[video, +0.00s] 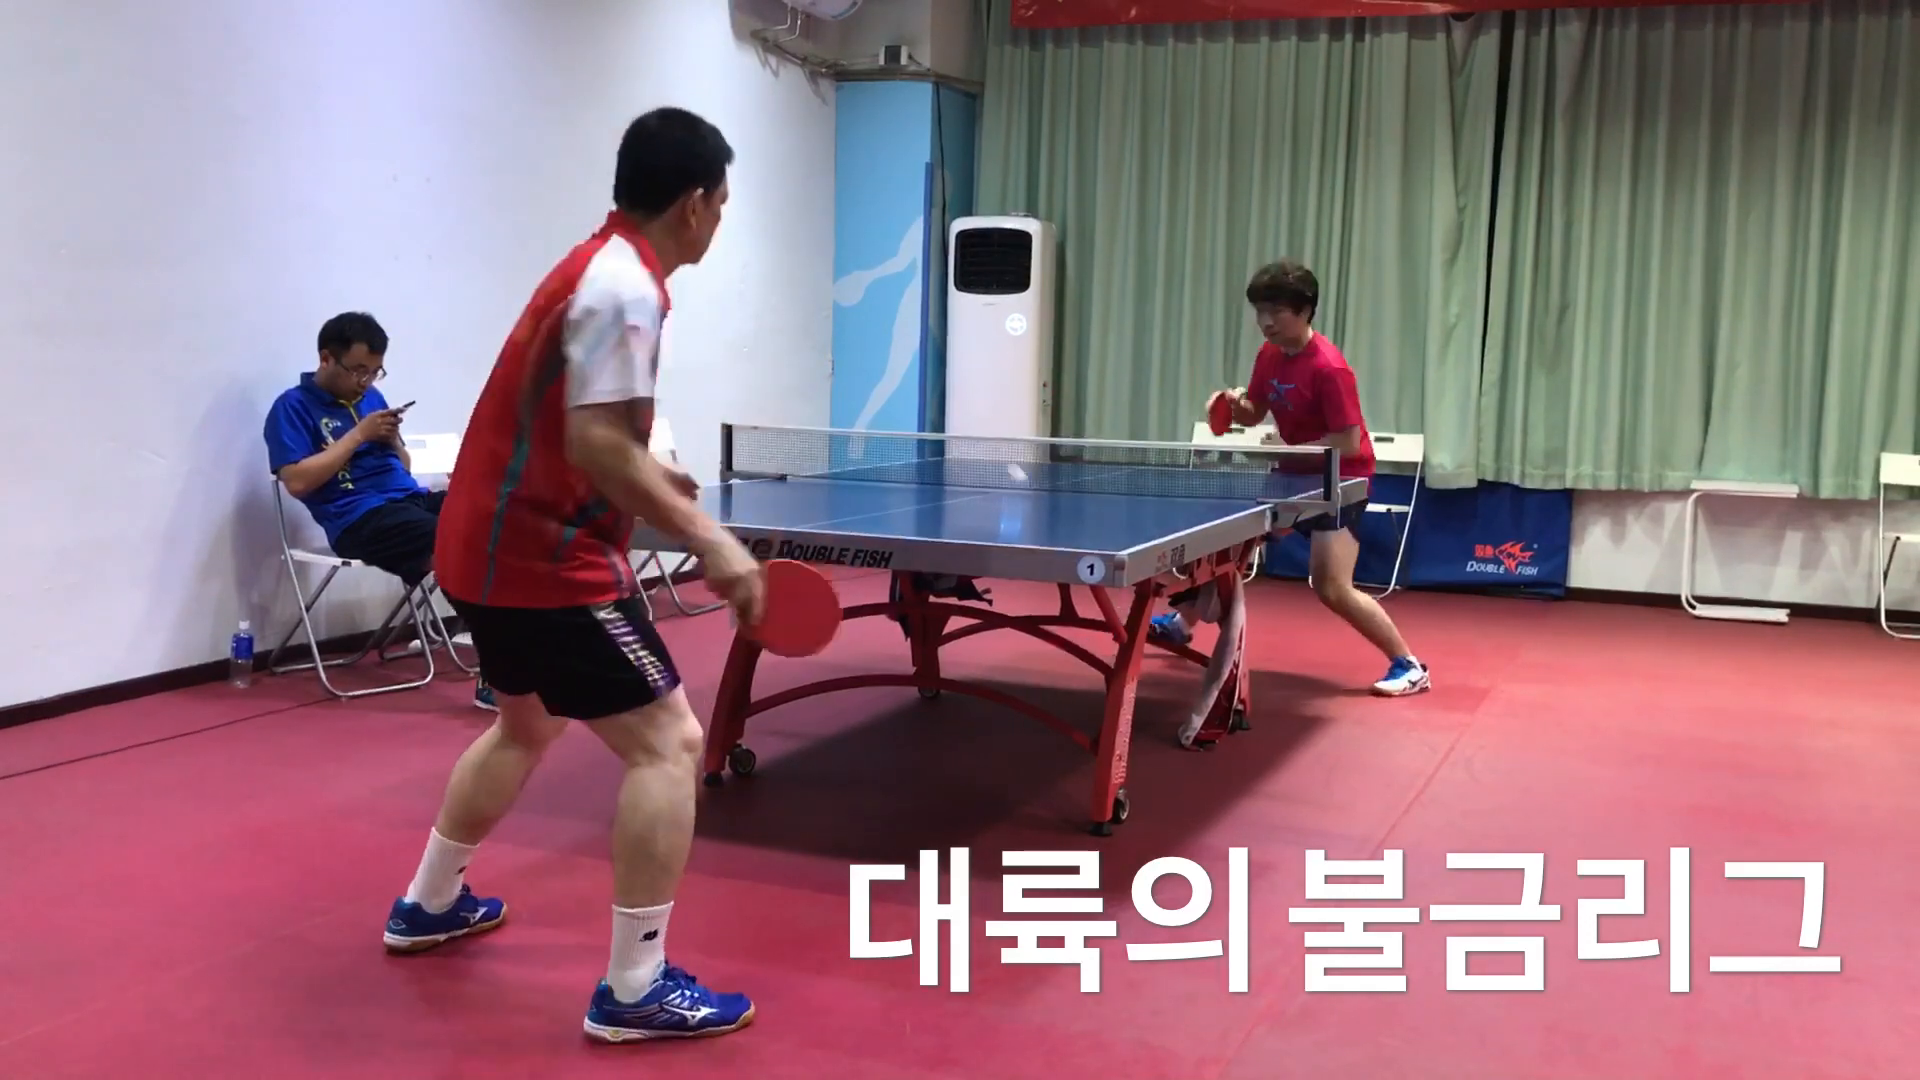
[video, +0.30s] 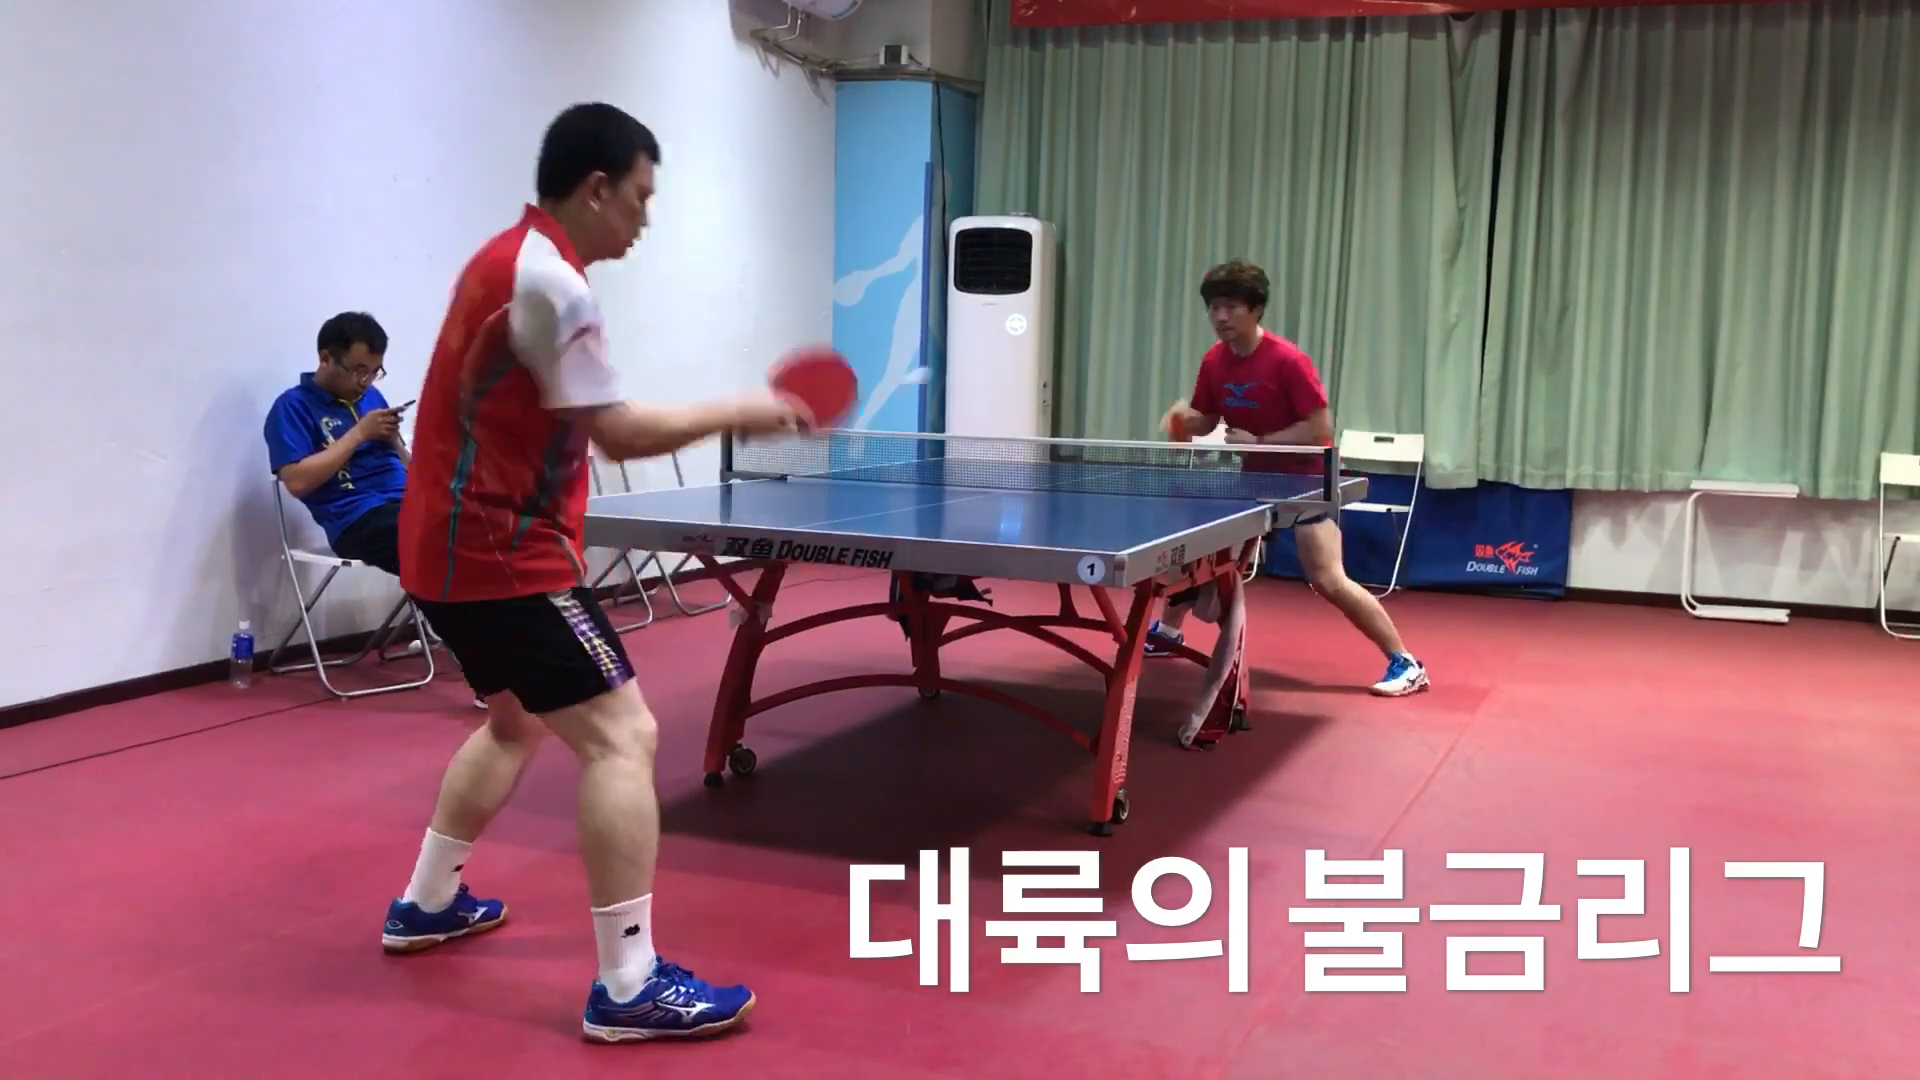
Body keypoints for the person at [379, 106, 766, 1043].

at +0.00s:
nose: (720, 218)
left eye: (723, 201)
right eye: (720, 200)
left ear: (638, 192)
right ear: (692, 202)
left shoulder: (597, 265)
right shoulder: (623, 285)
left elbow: (569, 421)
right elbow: (602, 448)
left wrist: (645, 462)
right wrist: (717, 547)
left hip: (487, 551)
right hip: (542, 565)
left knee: (523, 726)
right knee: (668, 743)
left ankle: (428, 901)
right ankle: (635, 986)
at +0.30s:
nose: (646, 218)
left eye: (649, 199)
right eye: (639, 196)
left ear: (573, 189)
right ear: (589, 186)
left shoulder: (506, 259)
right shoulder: (548, 280)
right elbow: (616, 433)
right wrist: (740, 412)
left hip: (448, 552)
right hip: (503, 557)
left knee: (515, 724)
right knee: (622, 735)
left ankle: (427, 900)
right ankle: (629, 984)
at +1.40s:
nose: (612, 187)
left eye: (610, 171)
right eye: (611, 171)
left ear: (516, 170)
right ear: (590, 173)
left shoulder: (450, 256)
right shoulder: (601, 263)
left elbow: (433, 388)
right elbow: (691, 398)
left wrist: (573, 420)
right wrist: (713, 357)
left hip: (422, 537)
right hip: (530, 541)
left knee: (443, 707)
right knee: (631, 733)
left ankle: (405, 901)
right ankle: (606, 975)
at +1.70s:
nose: (659, 197)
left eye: (656, 179)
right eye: (659, 179)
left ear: (567, 174)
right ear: (639, 182)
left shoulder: (511, 255)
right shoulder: (605, 271)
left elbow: (523, 410)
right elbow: (658, 440)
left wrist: (631, 459)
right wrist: (745, 481)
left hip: (423, 535)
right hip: (509, 551)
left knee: (453, 712)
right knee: (615, 735)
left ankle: (369, 895)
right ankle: (606, 983)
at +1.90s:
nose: (678, 224)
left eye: (676, 207)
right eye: (672, 208)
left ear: (596, 218)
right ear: (636, 218)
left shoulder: (539, 290)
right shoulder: (602, 312)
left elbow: (543, 414)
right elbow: (659, 452)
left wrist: (620, 474)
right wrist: (793, 519)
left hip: (407, 557)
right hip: (471, 568)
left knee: (459, 724)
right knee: (615, 738)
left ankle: (365, 901)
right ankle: (596, 984)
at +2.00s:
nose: (712, 251)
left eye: (708, 233)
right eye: (704, 234)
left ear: (622, 238)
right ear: (675, 243)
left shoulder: (558, 307)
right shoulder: (655, 335)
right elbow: (823, 407)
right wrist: (980, 428)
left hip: (392, 539)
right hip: (444, 556)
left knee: (433, 715)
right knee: (604, 740)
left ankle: (359, 897)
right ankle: (596, 988)